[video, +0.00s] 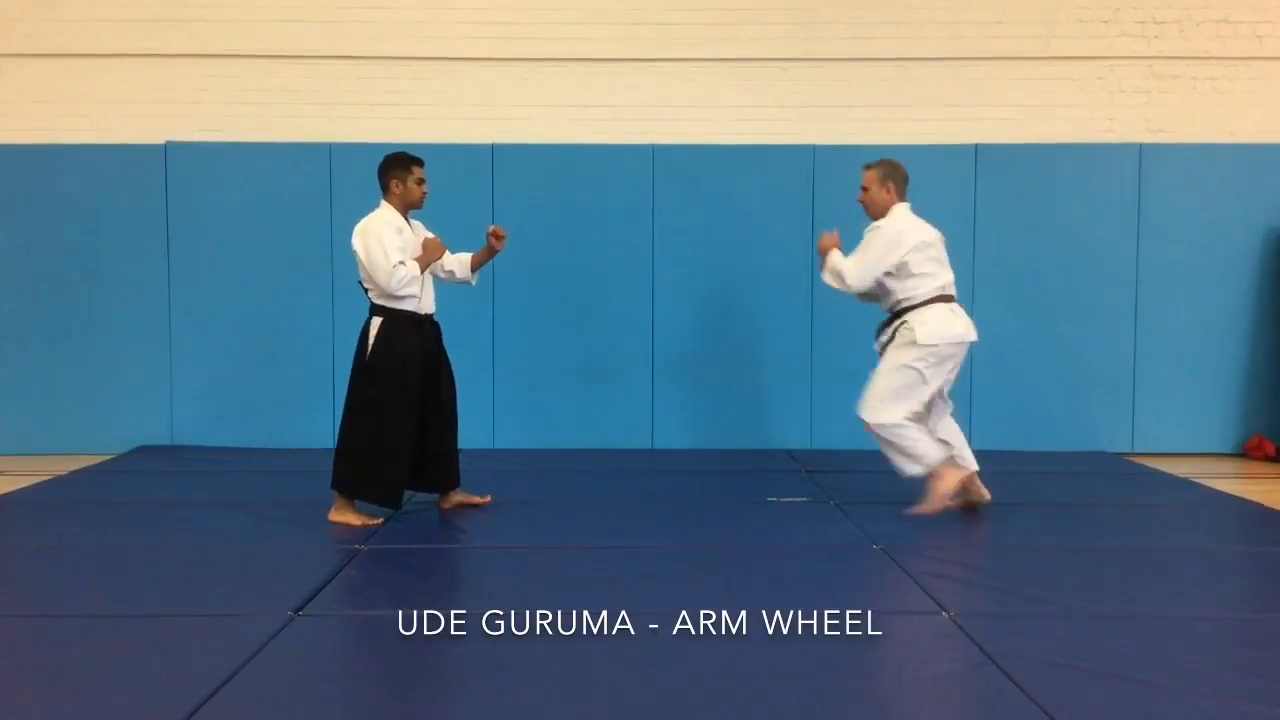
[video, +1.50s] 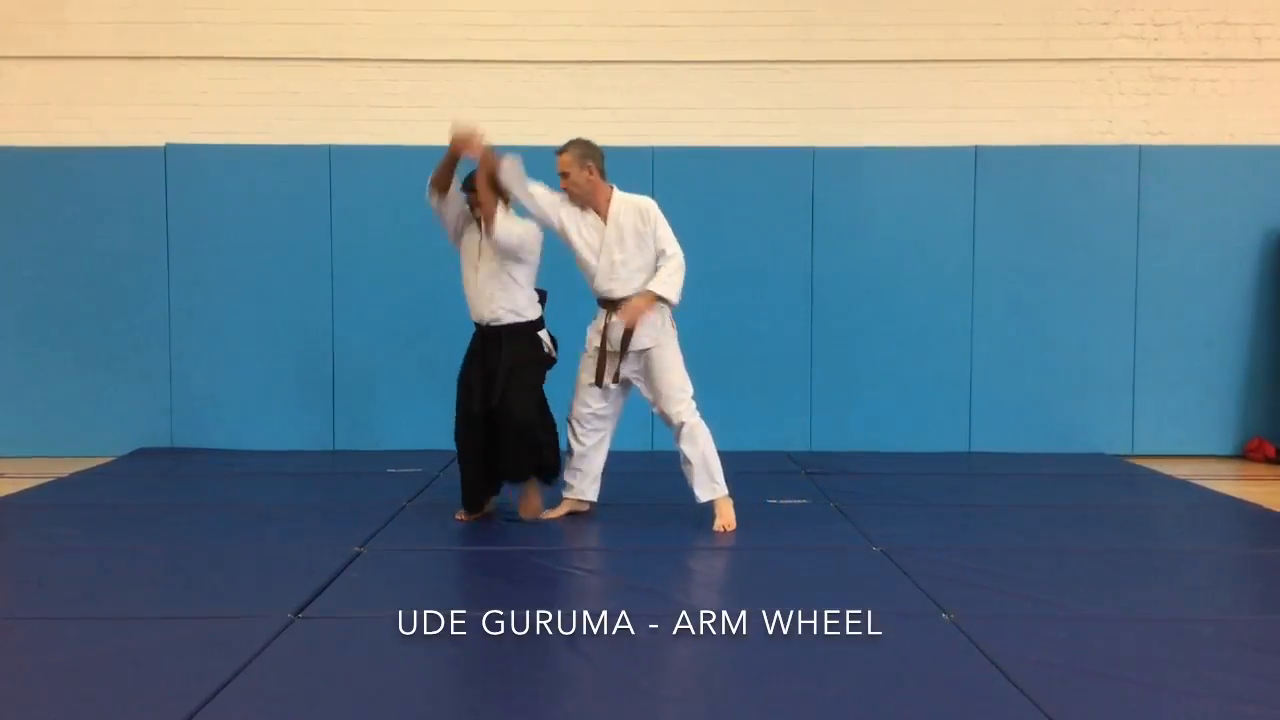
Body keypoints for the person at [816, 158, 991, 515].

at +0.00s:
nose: (860, 197)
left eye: (866, 190)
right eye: (861, 190)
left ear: (889, 191)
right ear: (892, 192)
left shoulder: (891, 227)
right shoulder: (921, 226)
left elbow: (853, 277)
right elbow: (885, 291)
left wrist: (832, 255)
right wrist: (837, 268)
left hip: (925, 330)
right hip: (953, 327)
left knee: (879, 411)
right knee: (931, 410)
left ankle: (942, 471)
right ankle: (969, 481)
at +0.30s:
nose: (795, 189)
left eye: (800, 180)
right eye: (795, 181)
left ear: (825, 180)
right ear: (826, 183)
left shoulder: (831, 220)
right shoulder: (855, 220)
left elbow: (787, 239)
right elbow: (880, 263)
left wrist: (781, 190)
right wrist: (838, 265)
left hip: (838, 335)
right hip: (853, 329)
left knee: (794, 411)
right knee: (874, 412)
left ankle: (794, 505)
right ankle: (938, 470)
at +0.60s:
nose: (708, 183)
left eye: (715, 175)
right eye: (708, 176)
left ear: (741, 177)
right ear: (728, 180)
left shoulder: (766, 229)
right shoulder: (725, 228)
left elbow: (750, 282)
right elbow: (728, 271)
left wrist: (701, 295)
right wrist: (701, 252)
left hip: (758, 338)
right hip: (723, 336)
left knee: (752, 425)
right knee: (668, 401)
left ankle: (789, 509)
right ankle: (634, 485)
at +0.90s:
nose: (597, 184)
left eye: (605, 177)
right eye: (598, 178)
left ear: (630, 180)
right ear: (615, 182)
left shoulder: (672, 223)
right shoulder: (596, 226)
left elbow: (706, 271)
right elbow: (546, 220)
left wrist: (736, 322)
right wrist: (500, 198)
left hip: (667, 332)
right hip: (625, 335)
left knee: (690, 414)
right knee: (589, 416)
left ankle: (744, 494)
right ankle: (575, 498)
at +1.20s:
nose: (554, 184)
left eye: (560, 176)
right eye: (553, 176)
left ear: (585, 176)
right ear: (575, 177)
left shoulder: (637, 212)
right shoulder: (558, 228)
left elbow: (677, 258)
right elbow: (522, 269)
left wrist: (675, 307)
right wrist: (484, 299)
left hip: (649, 321)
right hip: (606, 327)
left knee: (678, 407)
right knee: (586, 413)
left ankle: (723, 491)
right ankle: (579, 496)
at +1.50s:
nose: (561, 185)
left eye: (566, 176)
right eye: (560, 177)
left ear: (591, 173)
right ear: (582, 175)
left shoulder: (641, 209)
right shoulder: (567, 214)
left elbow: (673, 260)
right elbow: (523, 192)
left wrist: (645, 299)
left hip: (651, 321)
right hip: (606, 324)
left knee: (680, 411)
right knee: (588, 412)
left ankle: (720, 498)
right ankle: (580, 496)